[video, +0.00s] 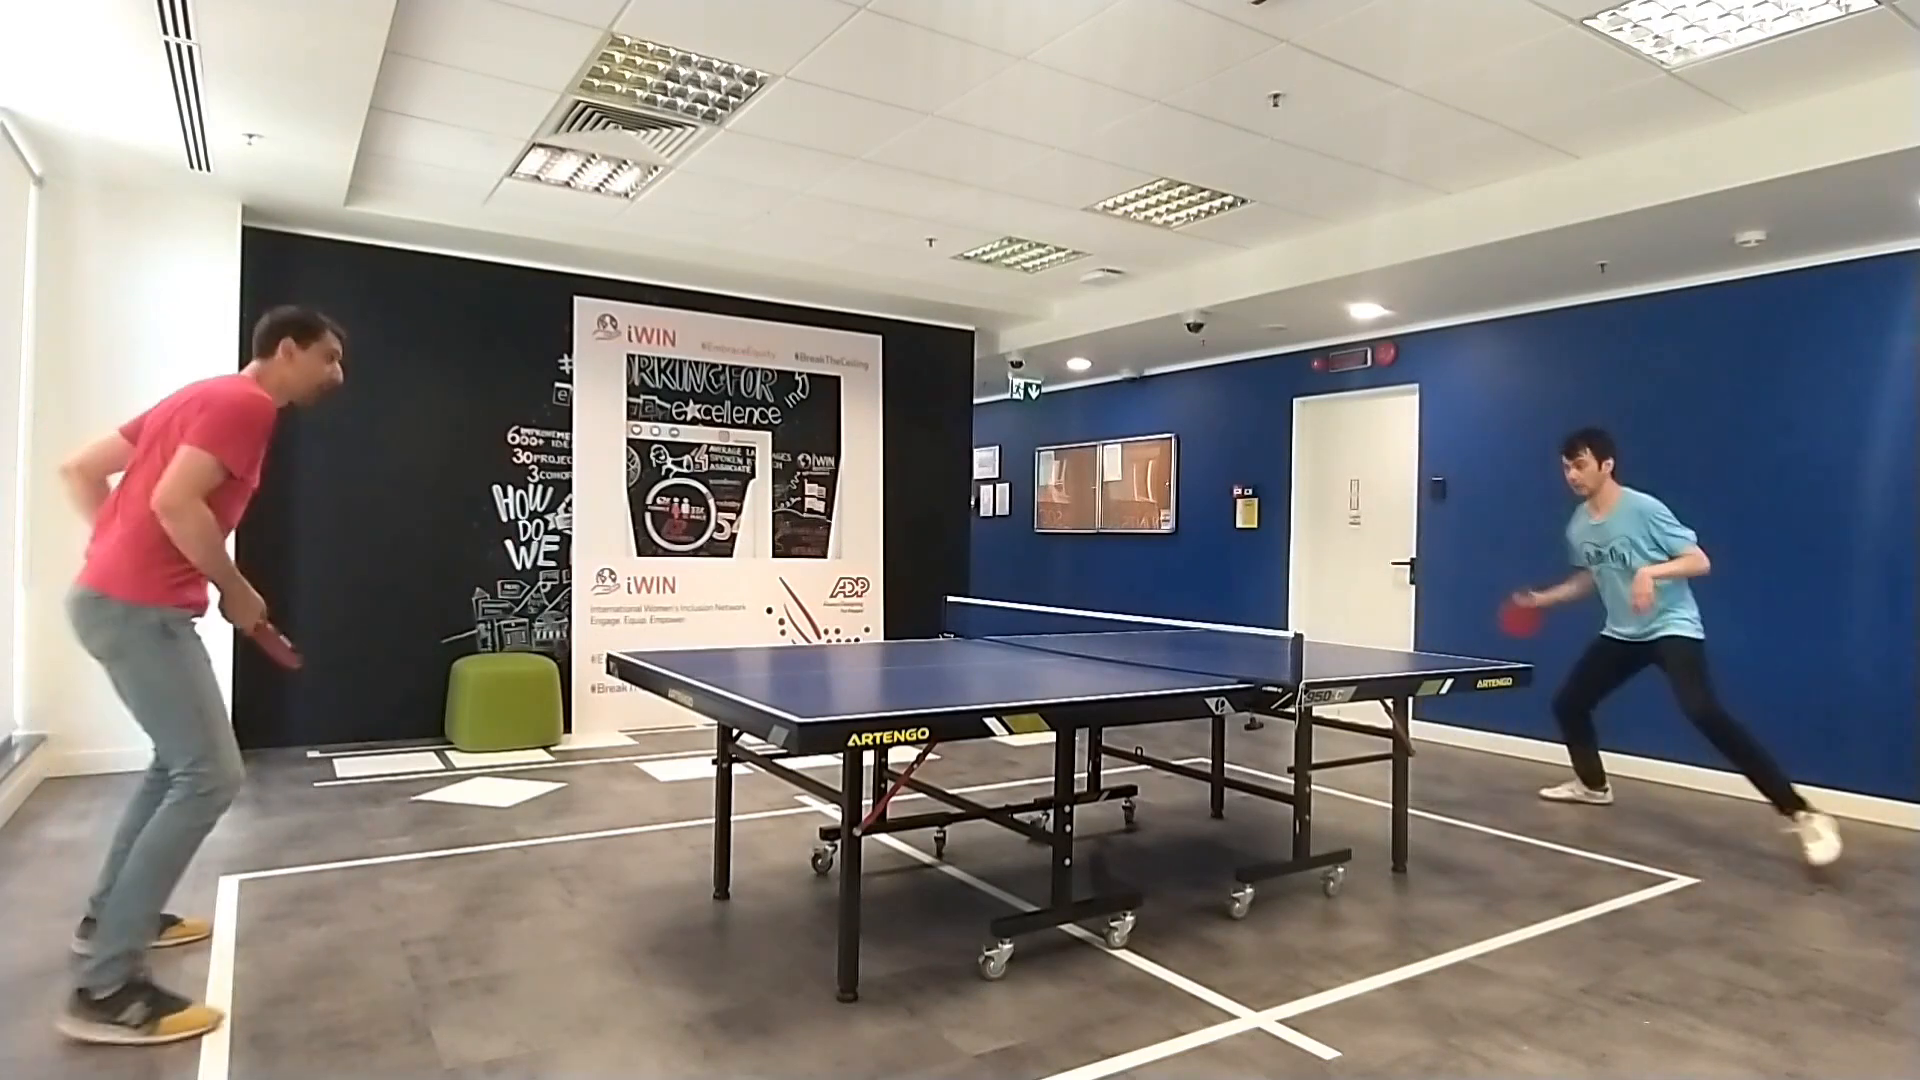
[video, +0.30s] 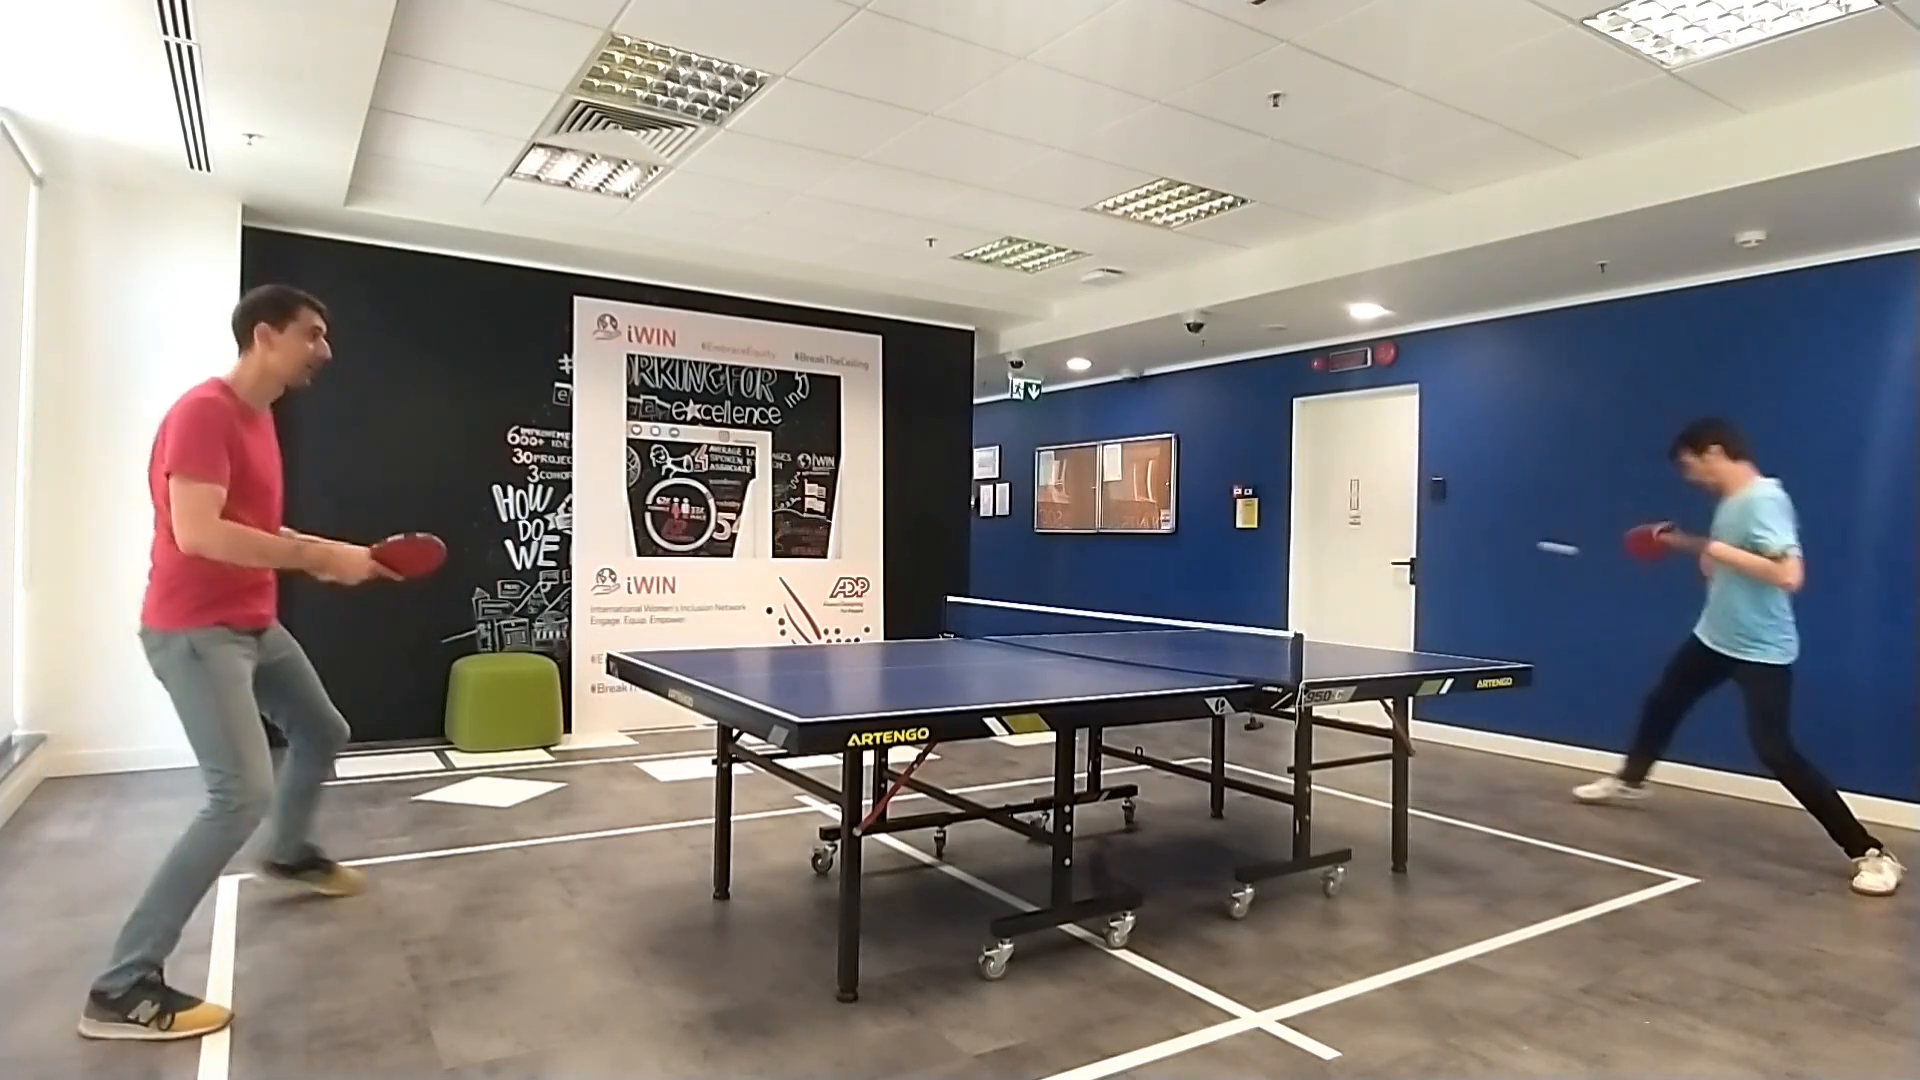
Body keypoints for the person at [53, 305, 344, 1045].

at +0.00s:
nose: (339, 374)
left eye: (340, 362)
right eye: (331, 357)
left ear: (282, 351)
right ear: (287, 349)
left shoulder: (197, 399)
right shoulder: (245, 404)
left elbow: (81, 468)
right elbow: (173, 499)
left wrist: (136, 550)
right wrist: (233, 586)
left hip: (113, 604)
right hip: (140, 610)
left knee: (179, 763)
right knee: (211, 777)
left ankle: (111, 917)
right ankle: (105, 984)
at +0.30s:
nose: (325, 349)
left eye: (325, 338)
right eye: (313, 335)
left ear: (276, 342)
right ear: (265, 336)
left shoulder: (258, 421)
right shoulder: (204, 413)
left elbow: (255, 530)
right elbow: (198, 531)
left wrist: (333, 558)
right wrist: (316, 556)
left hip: (256, 626)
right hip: (194, 632)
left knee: (321, 735)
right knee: (240, 796)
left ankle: (286, 851)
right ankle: (124, 983)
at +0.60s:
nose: (371, 404)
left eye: (373, 392)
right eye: (361, 390)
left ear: (326, 396)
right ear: (313, 392)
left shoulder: (344, 454)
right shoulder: (242, 466)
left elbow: (352, 510)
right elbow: (158, 567)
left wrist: (396, 548)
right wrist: (215, 633)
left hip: (311, 653)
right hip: (243, 663)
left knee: (411, 731)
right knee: (269, 801)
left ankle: (347, 825)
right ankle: (134, 980)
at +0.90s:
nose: (422, 416)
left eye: (427, 406)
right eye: (414, 402)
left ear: (417, 410)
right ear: (372, 397)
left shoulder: (415, 455)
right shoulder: (306, 470)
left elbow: (415, 521)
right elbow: (270, 563)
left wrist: (427, 560)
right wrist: (311, 585)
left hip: (389, 644)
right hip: (318, 644)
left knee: (455, 743)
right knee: (288, 775)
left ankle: (403, 839)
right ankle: (186, 952)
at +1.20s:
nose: (443, 391)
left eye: (445, 381)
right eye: (436, 378)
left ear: (411, 383)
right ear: (393, 378)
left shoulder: (417, 446)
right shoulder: (323, 444)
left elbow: (405, 516)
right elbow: (265, 532)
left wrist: (434, 557)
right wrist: (323, 517)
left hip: (381, 625)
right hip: (316, 618)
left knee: (445, 733)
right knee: (320, 747)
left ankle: (402, 838)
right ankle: (209, 918)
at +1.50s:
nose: (372, 385)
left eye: (372, 374)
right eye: (361, 371)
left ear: (325, 380)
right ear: (315, 374)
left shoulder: (313, 446)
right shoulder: (247, 440)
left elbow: (294, 533)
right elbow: (183, 540)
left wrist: (356, 568)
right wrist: (297, 535)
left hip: (281, 639)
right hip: (220, 650)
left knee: (355, 732)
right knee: (252, 807)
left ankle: (387, 841)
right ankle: (99, 963)